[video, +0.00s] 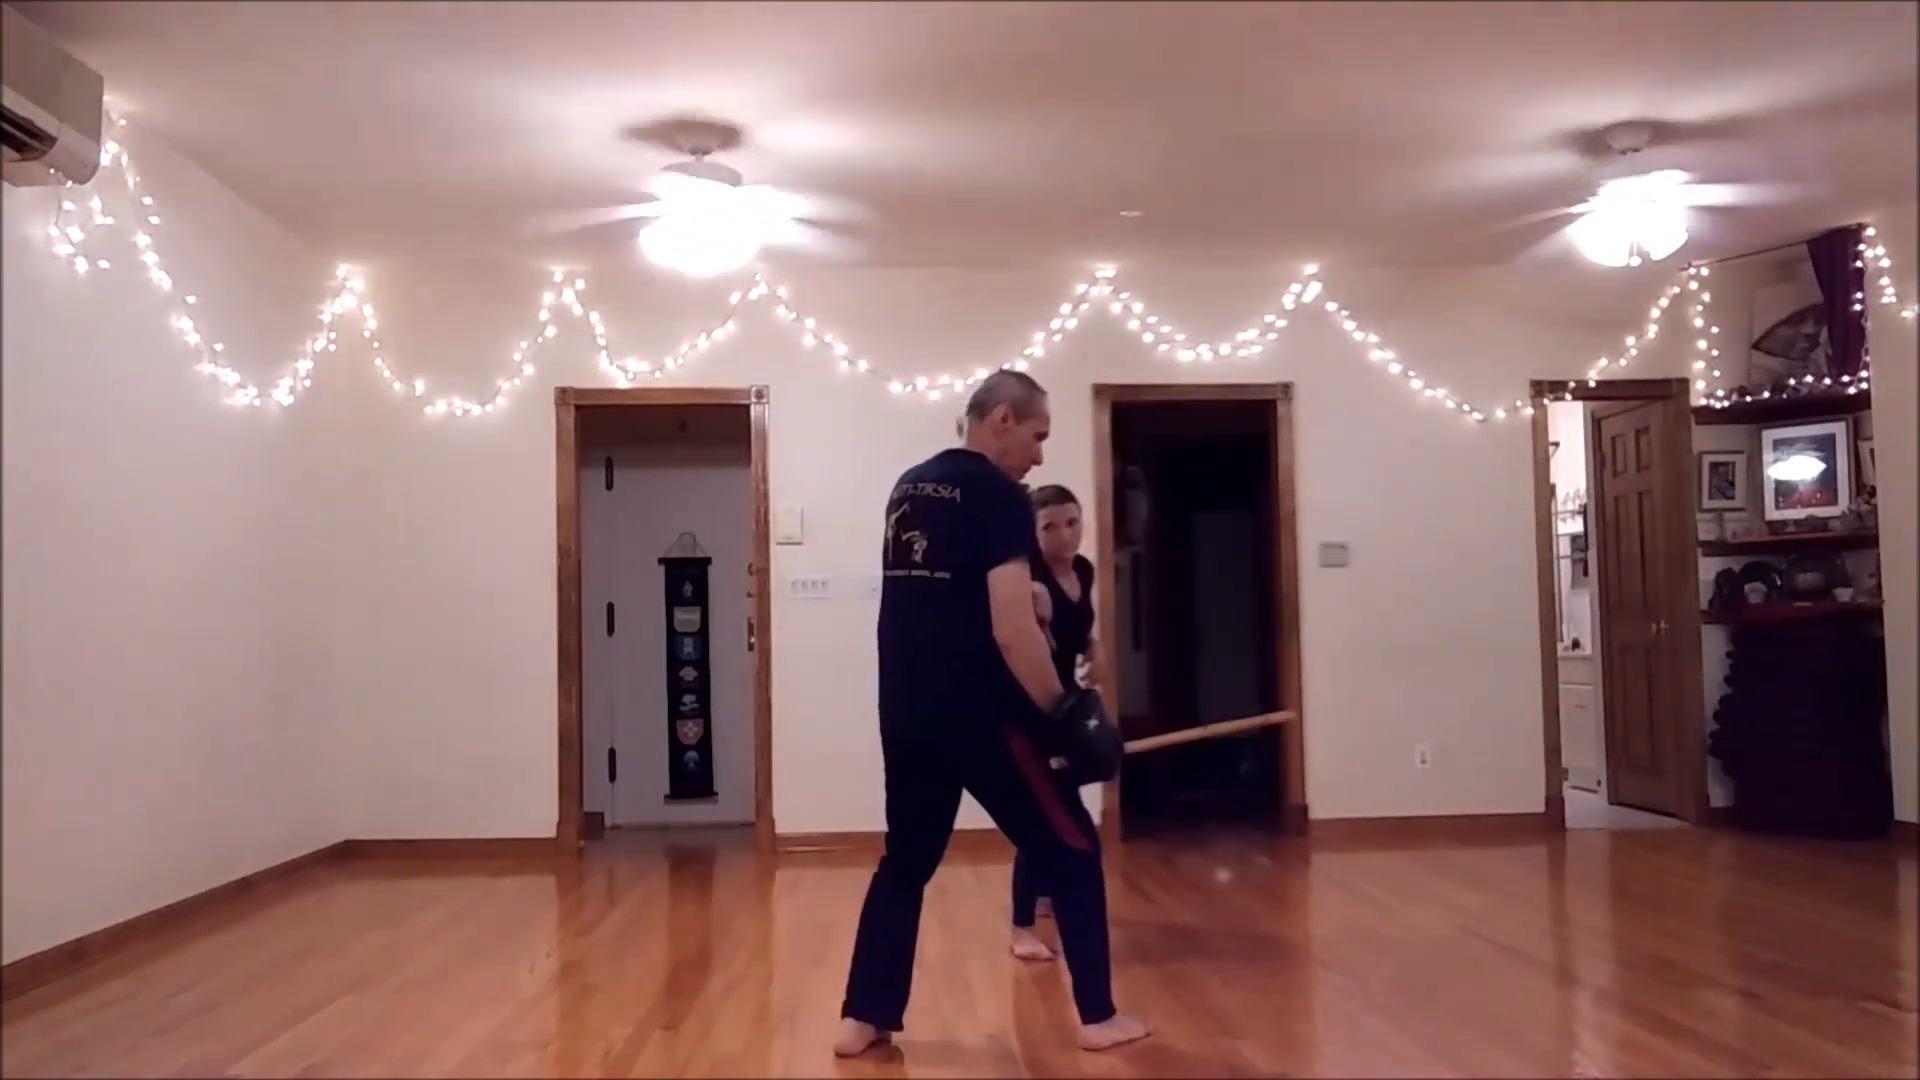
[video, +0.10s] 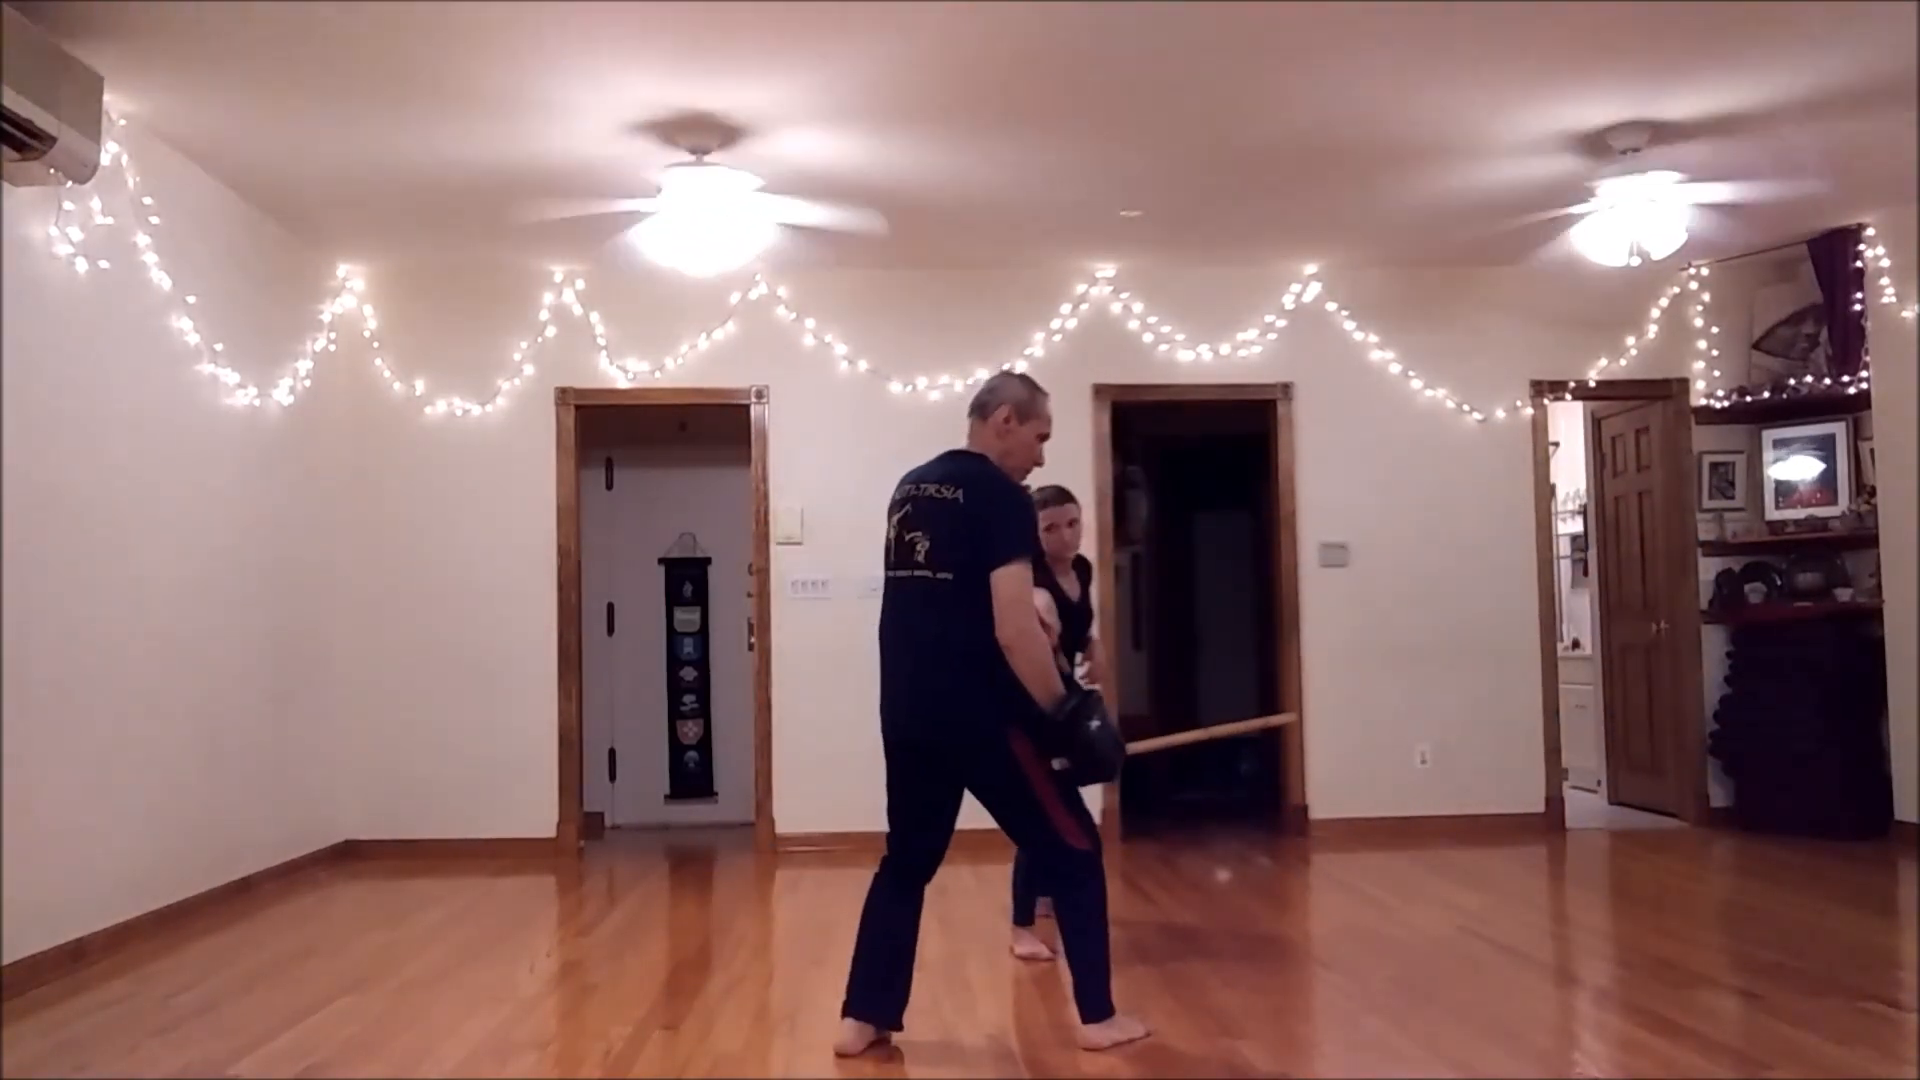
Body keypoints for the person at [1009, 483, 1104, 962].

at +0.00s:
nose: (1066, 533)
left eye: (1073, 523)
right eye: (1053, 525)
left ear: (1082, 526)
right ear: (1034, 532)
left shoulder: (1083, 572)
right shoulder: (1029, 582)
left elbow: (1083, 629)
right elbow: (1030, 646)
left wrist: (1096, 656)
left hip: (1067, 694)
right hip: (1027, 700)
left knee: (1054, 810)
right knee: (1048, 813)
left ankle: (1043, 915)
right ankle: (1023, 925)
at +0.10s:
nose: (1066, 534)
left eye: (1073, 523)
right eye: (1054, 526)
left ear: (1081, 526)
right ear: (1035, 533)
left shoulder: (1082, 572)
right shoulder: (1033, 584)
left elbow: (1087, 635)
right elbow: (1040, 646)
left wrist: (1099, 677)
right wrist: (1063, 700)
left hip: (1067, 692)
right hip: (1029, 698)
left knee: (1057, 808)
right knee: (1041, 813)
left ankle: (1052, 915)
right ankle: (1022, 925)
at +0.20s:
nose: (1067, 533)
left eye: (1072, 523)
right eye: (1055, 526)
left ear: (1081, 525)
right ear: (1036, 533)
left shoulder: (1081, 571)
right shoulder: (1033, 582)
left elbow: (1086, 631)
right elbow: (1052, 641)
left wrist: (1096, 659)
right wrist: (1074, 669)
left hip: (1071, 692)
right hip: (1031, 697)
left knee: (1061, 808)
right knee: (1037, 815)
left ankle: (1057, 915)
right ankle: (1022, 925)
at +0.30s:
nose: (1066, 533)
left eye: (1072, 522)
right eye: (1054, 525)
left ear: (1080, 524)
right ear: (1035, 531)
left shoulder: (1081, 570)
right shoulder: (1029, 577)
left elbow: (1086, 630)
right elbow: (1051, 638)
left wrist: (1094, 666)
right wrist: (1083, 677)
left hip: (1069, 691)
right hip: (1027, 696)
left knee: (1062, 807)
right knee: (1034, 816)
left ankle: (1052, 909)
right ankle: (1022, 924)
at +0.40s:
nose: (1066, 530)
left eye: (1071, 520)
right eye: (1054, 523)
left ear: (1079, 522)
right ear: (1034, 529)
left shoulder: (1082, 568)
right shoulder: (1025, 574)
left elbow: (1087, 632)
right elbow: (1025, 635)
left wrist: (1093, 672)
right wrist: (1062, 675)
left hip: (1067, 689)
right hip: (1024, 694)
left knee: (1066, 805)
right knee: (1032, 814)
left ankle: (1052, 909)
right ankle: (1022, 924)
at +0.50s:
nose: (1063, 527)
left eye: (1069, 517)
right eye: (1051, 520)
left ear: (1078, 519)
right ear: (1033, 526)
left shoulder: (1085, 567)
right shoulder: (1021, 571)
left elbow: (1087, 631)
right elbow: (1014, 633)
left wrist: (1090, 683)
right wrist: (1054, 692)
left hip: (1065, 688)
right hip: (1019, 692)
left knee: (1067, 801)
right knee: (1029, 810)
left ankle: (1049, 904)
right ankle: (1021, 923)